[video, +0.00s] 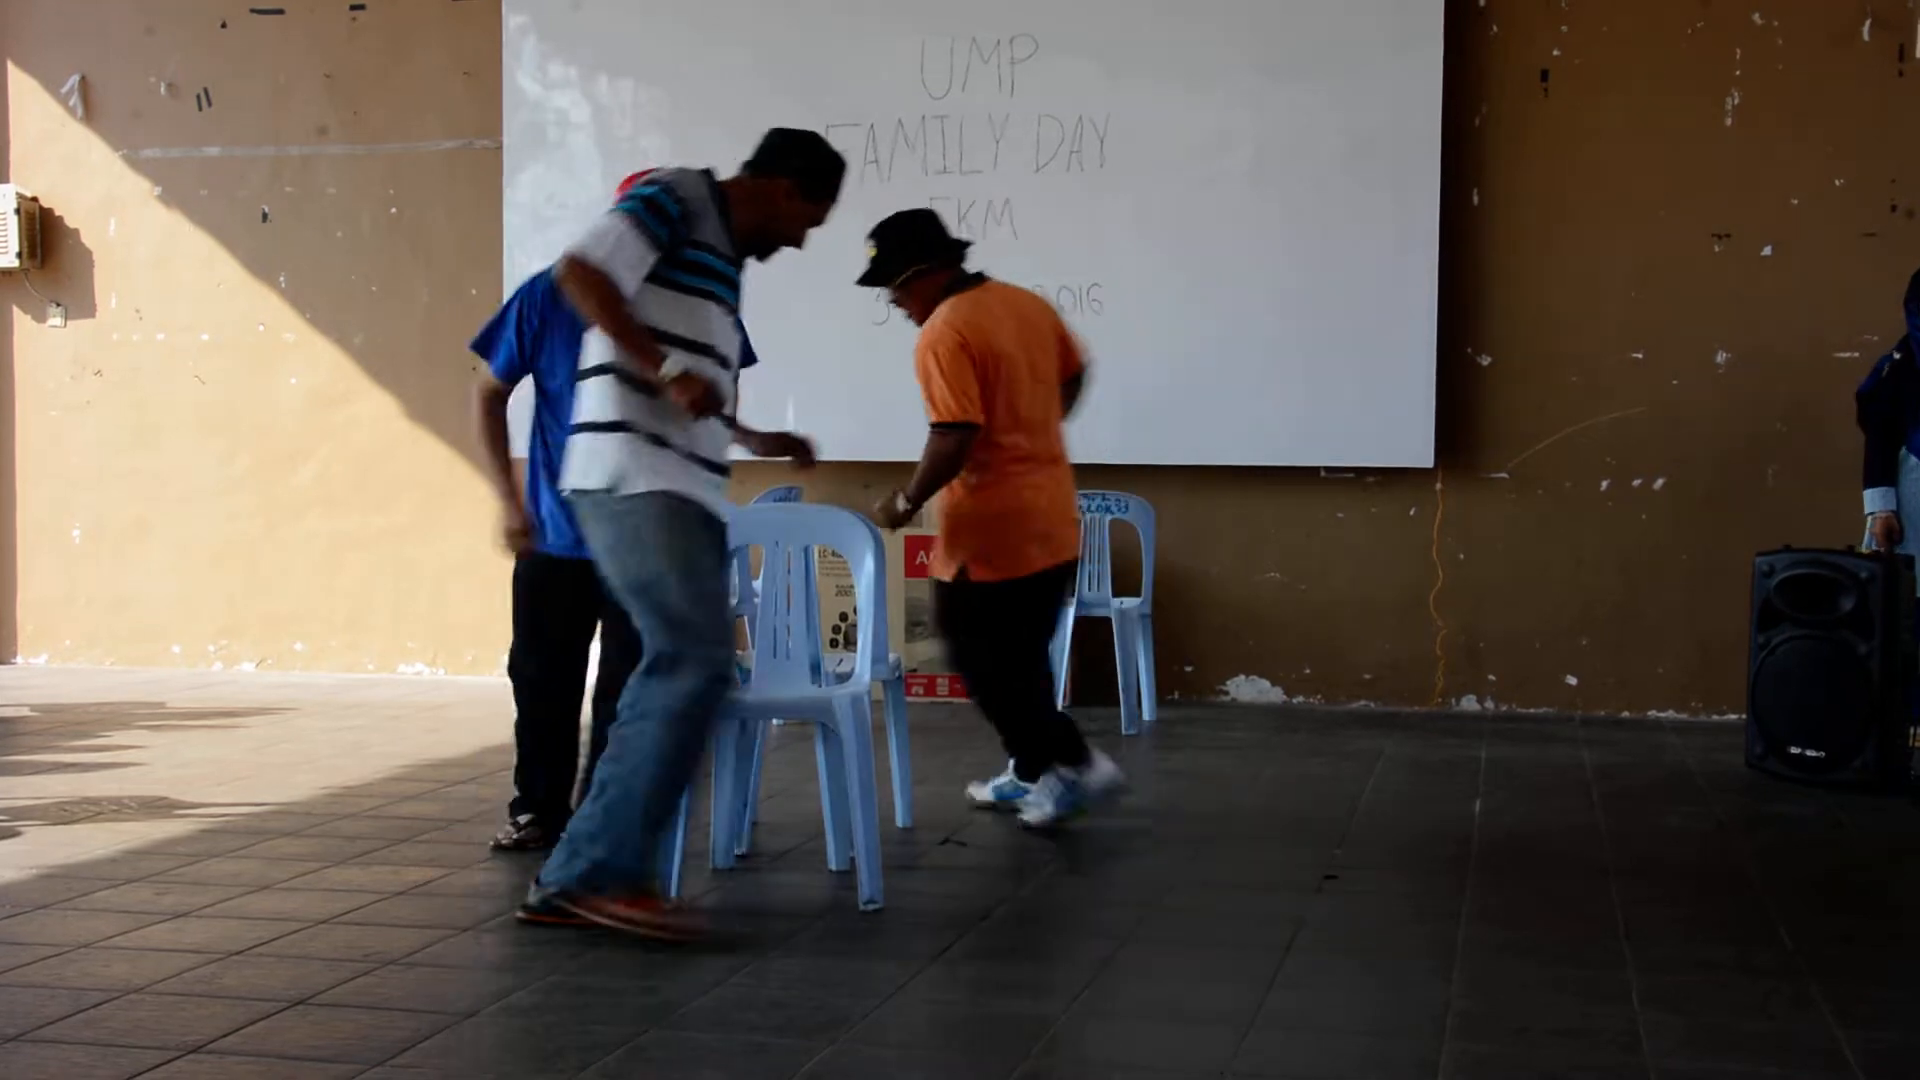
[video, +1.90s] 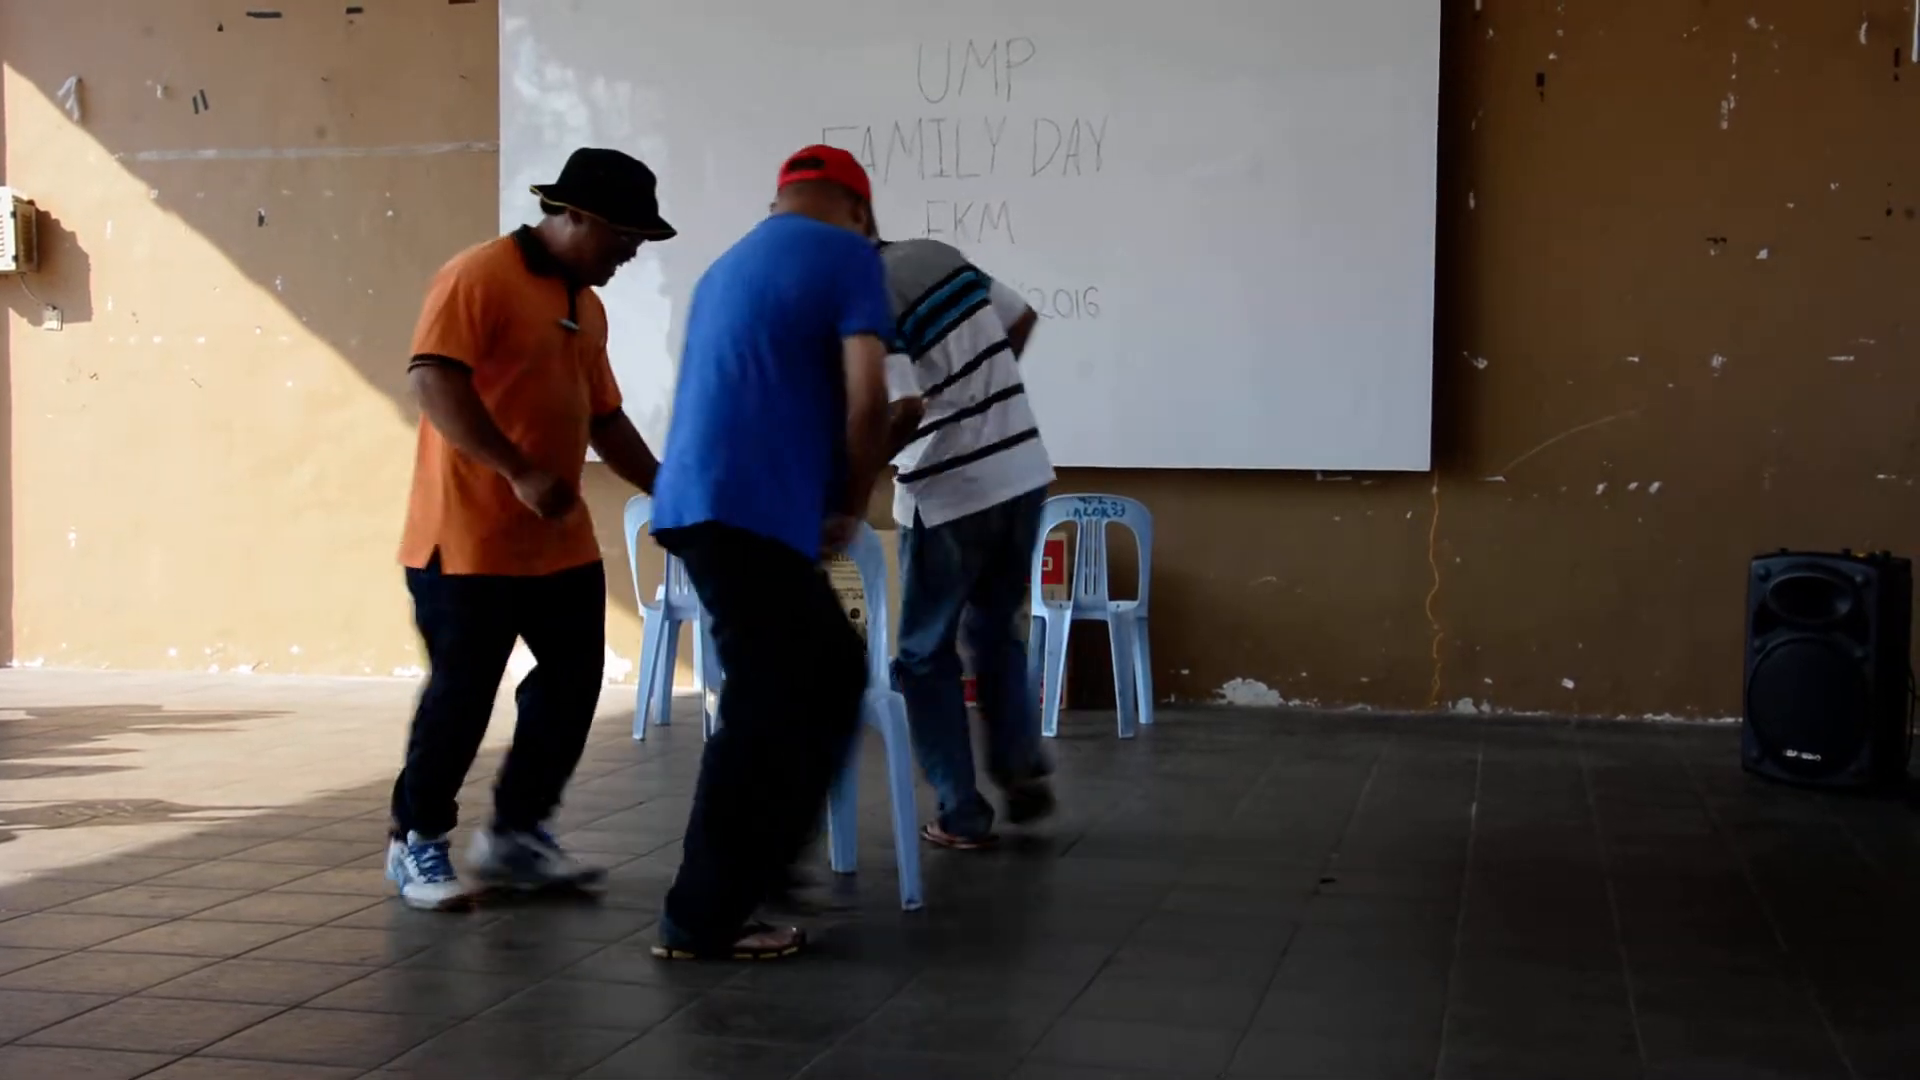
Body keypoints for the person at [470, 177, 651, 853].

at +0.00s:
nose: (643, 235)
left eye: (660, 221)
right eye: (638, 216)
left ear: (678, 233)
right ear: (616, 220)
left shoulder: (686, 307)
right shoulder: (555, 294)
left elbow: (702, 412)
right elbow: (489, 393)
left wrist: (755, 441)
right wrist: (511, 499)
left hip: (639, 534)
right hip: (557, 531)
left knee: (627, 689)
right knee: (541, 680)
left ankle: (607, 819)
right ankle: (539, 809)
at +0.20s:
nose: (692, 255)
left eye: (703, 243)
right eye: (686, 237)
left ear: (706, 241)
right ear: (652, 218)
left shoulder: (694, 301)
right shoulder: (570, 283)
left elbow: (710, 398)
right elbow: (515, 395)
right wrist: (610, 454)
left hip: (646, 529)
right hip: (549, 523)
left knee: (638, 687)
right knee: (520, 660)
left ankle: (610, 833)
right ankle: (509, 775)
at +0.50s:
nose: (724, 241)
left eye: (731, 227)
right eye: (722, 220)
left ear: (688, 202)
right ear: (684, 195)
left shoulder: (671, 283)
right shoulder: (606, 256)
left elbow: (671, 383)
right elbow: (594, 383)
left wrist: (747, 409)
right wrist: (698, 444)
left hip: (641, 534)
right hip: (578, 527)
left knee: (638, 704)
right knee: (577, 707)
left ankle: (580, 839)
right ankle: (550, 887)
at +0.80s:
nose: (756, 236)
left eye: (764, 223)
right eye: (760, 216)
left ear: (700, 184)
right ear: (728, 191)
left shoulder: (640, 238)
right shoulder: (673, 243)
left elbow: (649, 395)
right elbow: (710, 379)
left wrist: (727, 459)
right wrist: (766, 447)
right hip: (618, 515)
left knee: (578, 697)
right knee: (683, 694)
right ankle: (579, 884)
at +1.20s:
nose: (819, 293)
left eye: (825, 281)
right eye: (823, 276)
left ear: (761, 239)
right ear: (805, 255)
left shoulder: (690, 277)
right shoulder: (778, 301)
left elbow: (665, 437)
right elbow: (802, 444)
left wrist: (761, 496)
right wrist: (852, 469)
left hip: (577, 508)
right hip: (641, 520)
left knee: (666, 702)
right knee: (701, 705)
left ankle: (642, 883)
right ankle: (629, 903)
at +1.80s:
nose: (851, 241)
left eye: (852, 230)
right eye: (851, 227)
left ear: (776, 201)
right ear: (833, 208)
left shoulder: (722, 261)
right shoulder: (822, 248)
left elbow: (732, 410)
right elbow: (850, 389)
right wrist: (870, 489)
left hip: (669, 503)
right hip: (731, 507)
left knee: (761, 699)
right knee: (776, 702)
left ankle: (672, 845)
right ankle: (704, 924)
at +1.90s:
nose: (866, 233)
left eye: (865, 223)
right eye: (866, 220)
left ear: (786, 200)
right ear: (851, 205)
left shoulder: (735, 263)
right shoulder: (848, 250)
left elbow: (749, 404)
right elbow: (867, 400)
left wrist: (876, 437)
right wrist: (849, 507)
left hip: (692, 503)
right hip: (754, 507)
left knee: (835, 665)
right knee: (769, 701)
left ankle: (763, 865)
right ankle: (703, 918)